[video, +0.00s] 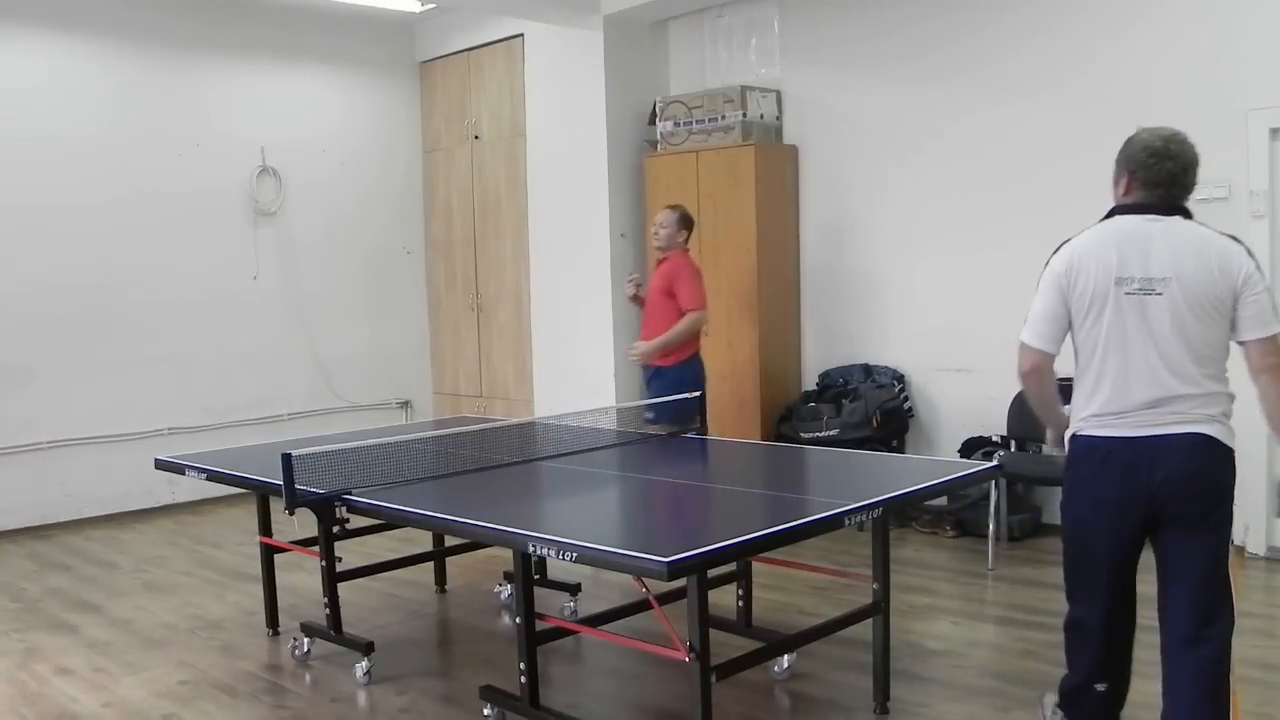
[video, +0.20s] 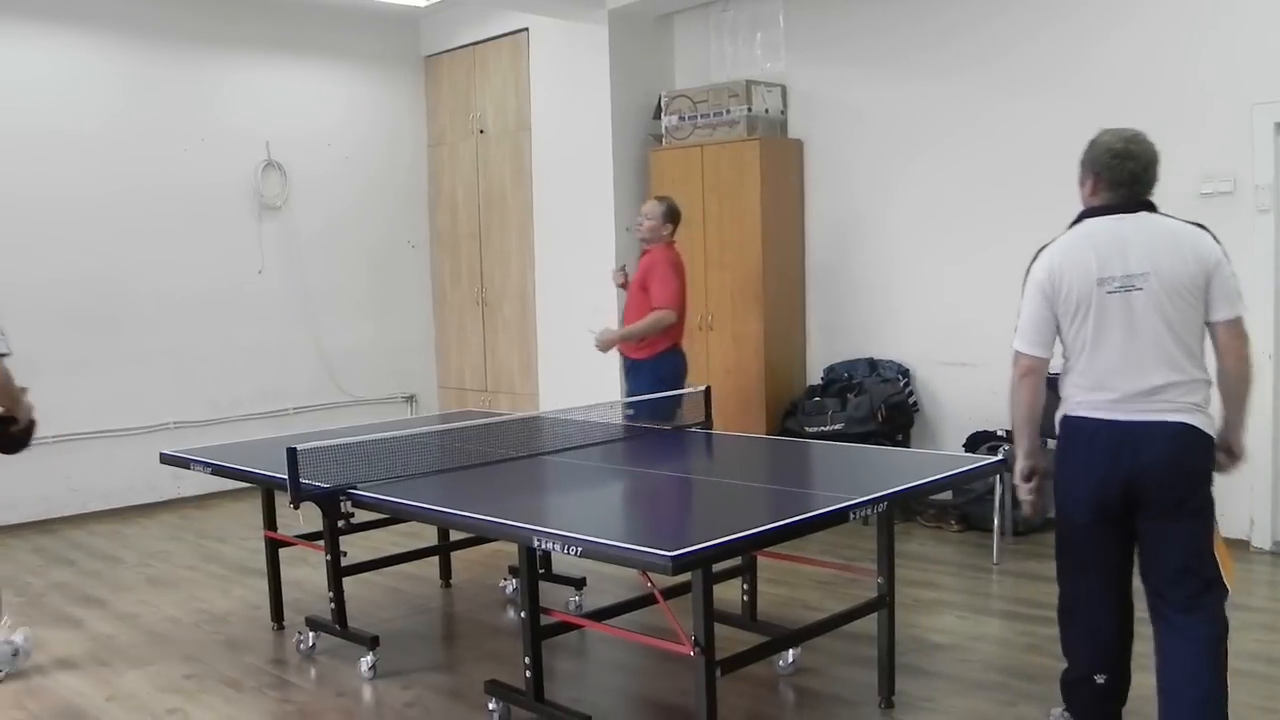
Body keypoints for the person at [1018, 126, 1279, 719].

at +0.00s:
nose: (1112, 186)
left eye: (1114, 178)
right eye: (1115, 178)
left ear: (1125, 182)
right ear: (1187, 188)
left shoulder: (1077, 253)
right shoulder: (1229, 255)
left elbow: (1033, 363)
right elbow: (1268, 366)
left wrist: (1057, 427)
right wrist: (1279, 437)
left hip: (1102, 461)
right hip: (1199, 458)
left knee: (1095, 615)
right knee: (1197, 624)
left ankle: (1084, 710)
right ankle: (1197, 716)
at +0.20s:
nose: (1078, 185)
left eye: (1081, 177)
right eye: (1080, 177)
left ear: (1091, 183)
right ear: (1152, 184)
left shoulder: (1057, 257)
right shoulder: (1199, 245)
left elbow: (1030, 367)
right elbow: (1233, 347)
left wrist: (1025, 453)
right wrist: (1233, 428)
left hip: (1089, 448)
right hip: (1178, 445)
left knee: (1091, 591)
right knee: (1188, 600)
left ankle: (1091, 710)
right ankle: (1196, 713)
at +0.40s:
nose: (1051, 195)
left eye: (1053, 186)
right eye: (1053, 186)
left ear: (1065, 189)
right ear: (1122, 189)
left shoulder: (1037, 261)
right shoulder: (1173, 242)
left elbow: (1007, 367)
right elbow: (1216, 333)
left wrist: (1005, 456)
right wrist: (1178, 387)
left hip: (1078, 440)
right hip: (1164, 437)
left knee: (1085, 586)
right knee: (1176, 582)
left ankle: (1092, 710)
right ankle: (1187, 711)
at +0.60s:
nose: (1042, 196)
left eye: (1044, 187)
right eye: (1043, 187)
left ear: (1058, 190)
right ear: (1112, 189)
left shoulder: (1036, 259)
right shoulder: (1161, 241)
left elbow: (1003, 370)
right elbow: (1182, 319)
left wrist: (1013, 438)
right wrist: (1123, 303)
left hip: (1077, 432)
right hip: (1158, 429)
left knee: (1083, 578)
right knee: (1163, 571)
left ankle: (1095, 709)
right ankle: (1163, 705)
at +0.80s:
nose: (1049, 197)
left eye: (1051, 187)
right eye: (1051, 187)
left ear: (1064, 190)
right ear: (1114, 192)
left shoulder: (1045, 256)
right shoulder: (1157, 241)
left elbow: (1018, 364)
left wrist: (1026, 408)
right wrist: (1063, 234)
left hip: (1079, 424)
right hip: (1153, 422)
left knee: (1081, 566)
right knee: (1146, 552)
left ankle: (1094, 704)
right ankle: (1131, 679)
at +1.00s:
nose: (1060, 202)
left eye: (1064, 192)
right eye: (1063, 191)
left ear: (1079, 193)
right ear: (1123, 196)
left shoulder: (1063, 255)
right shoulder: (1161, 247)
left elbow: (1026, 359)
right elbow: (1139, 327)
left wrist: (1027, 407)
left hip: (1080, 425)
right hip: (1150, 423)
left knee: (1075, 566)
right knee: (1137, 554)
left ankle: (1094, 706)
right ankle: (1123, 682)